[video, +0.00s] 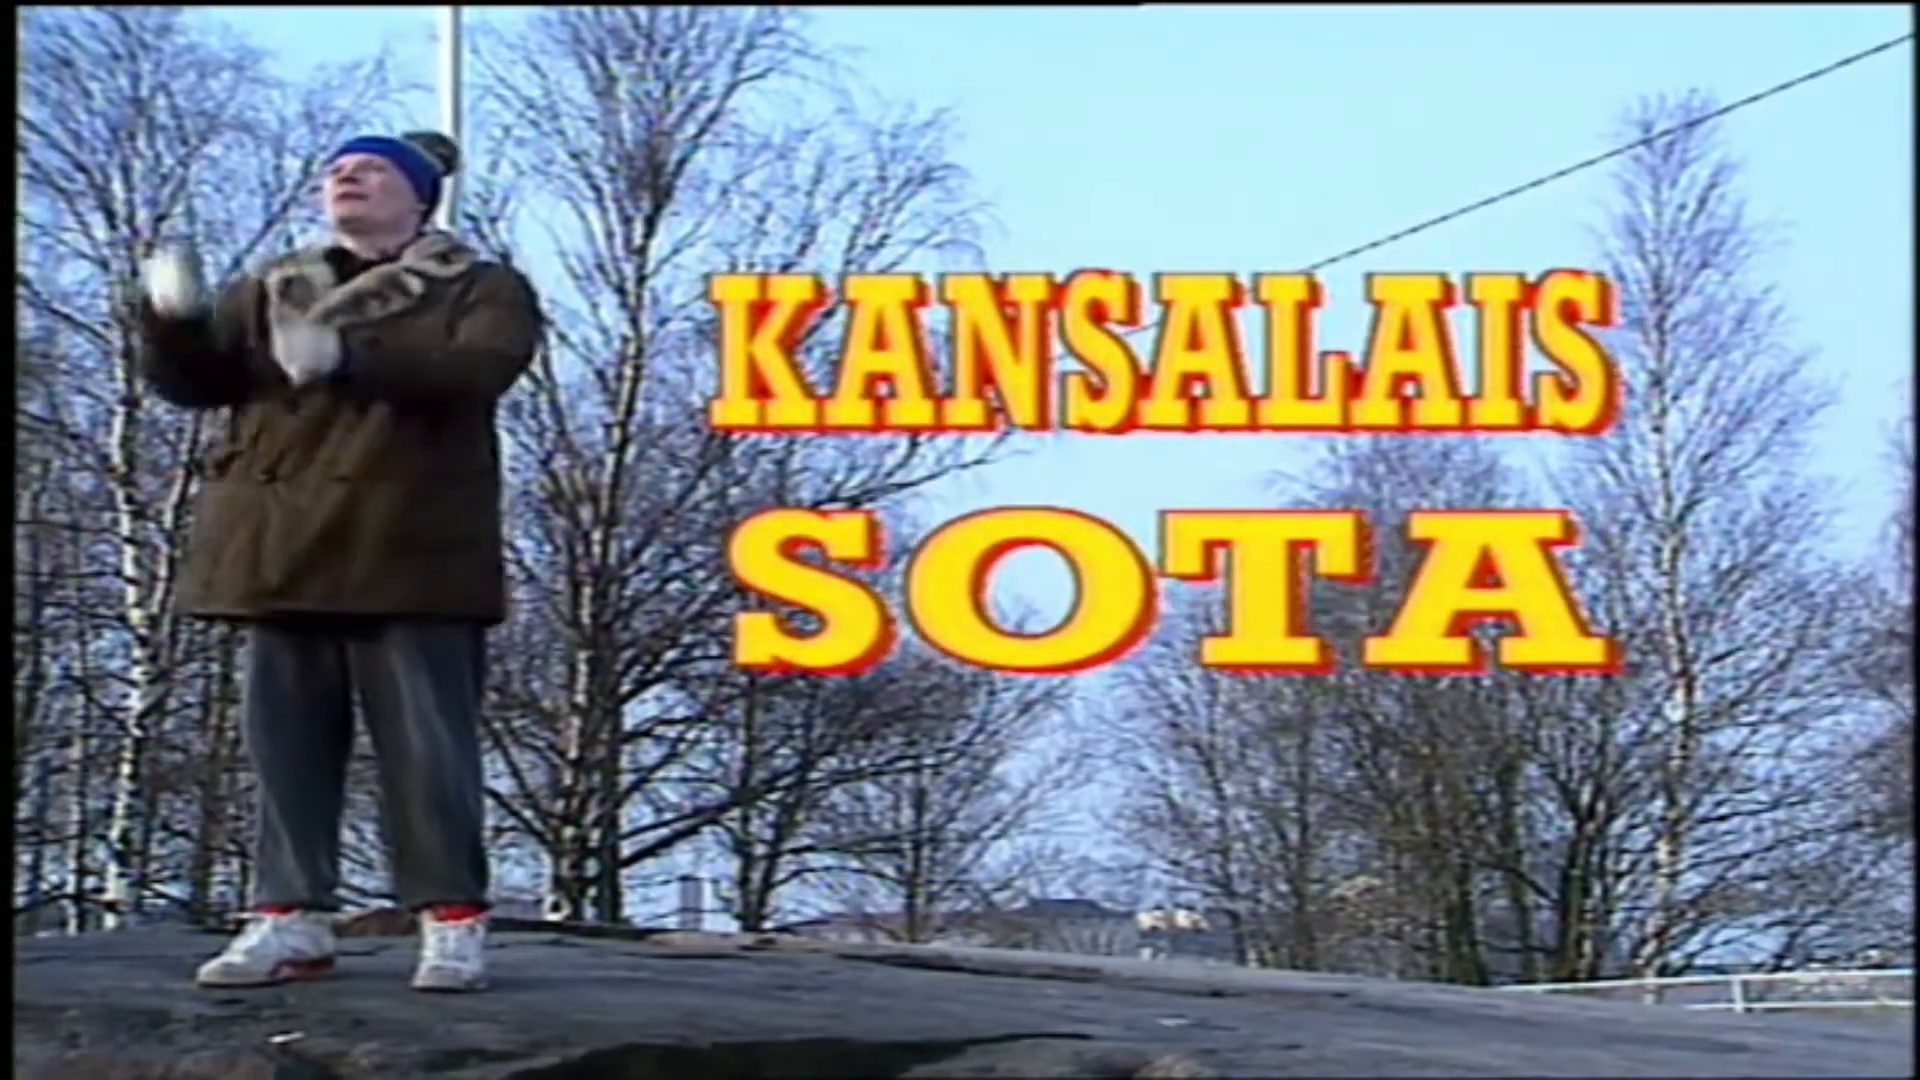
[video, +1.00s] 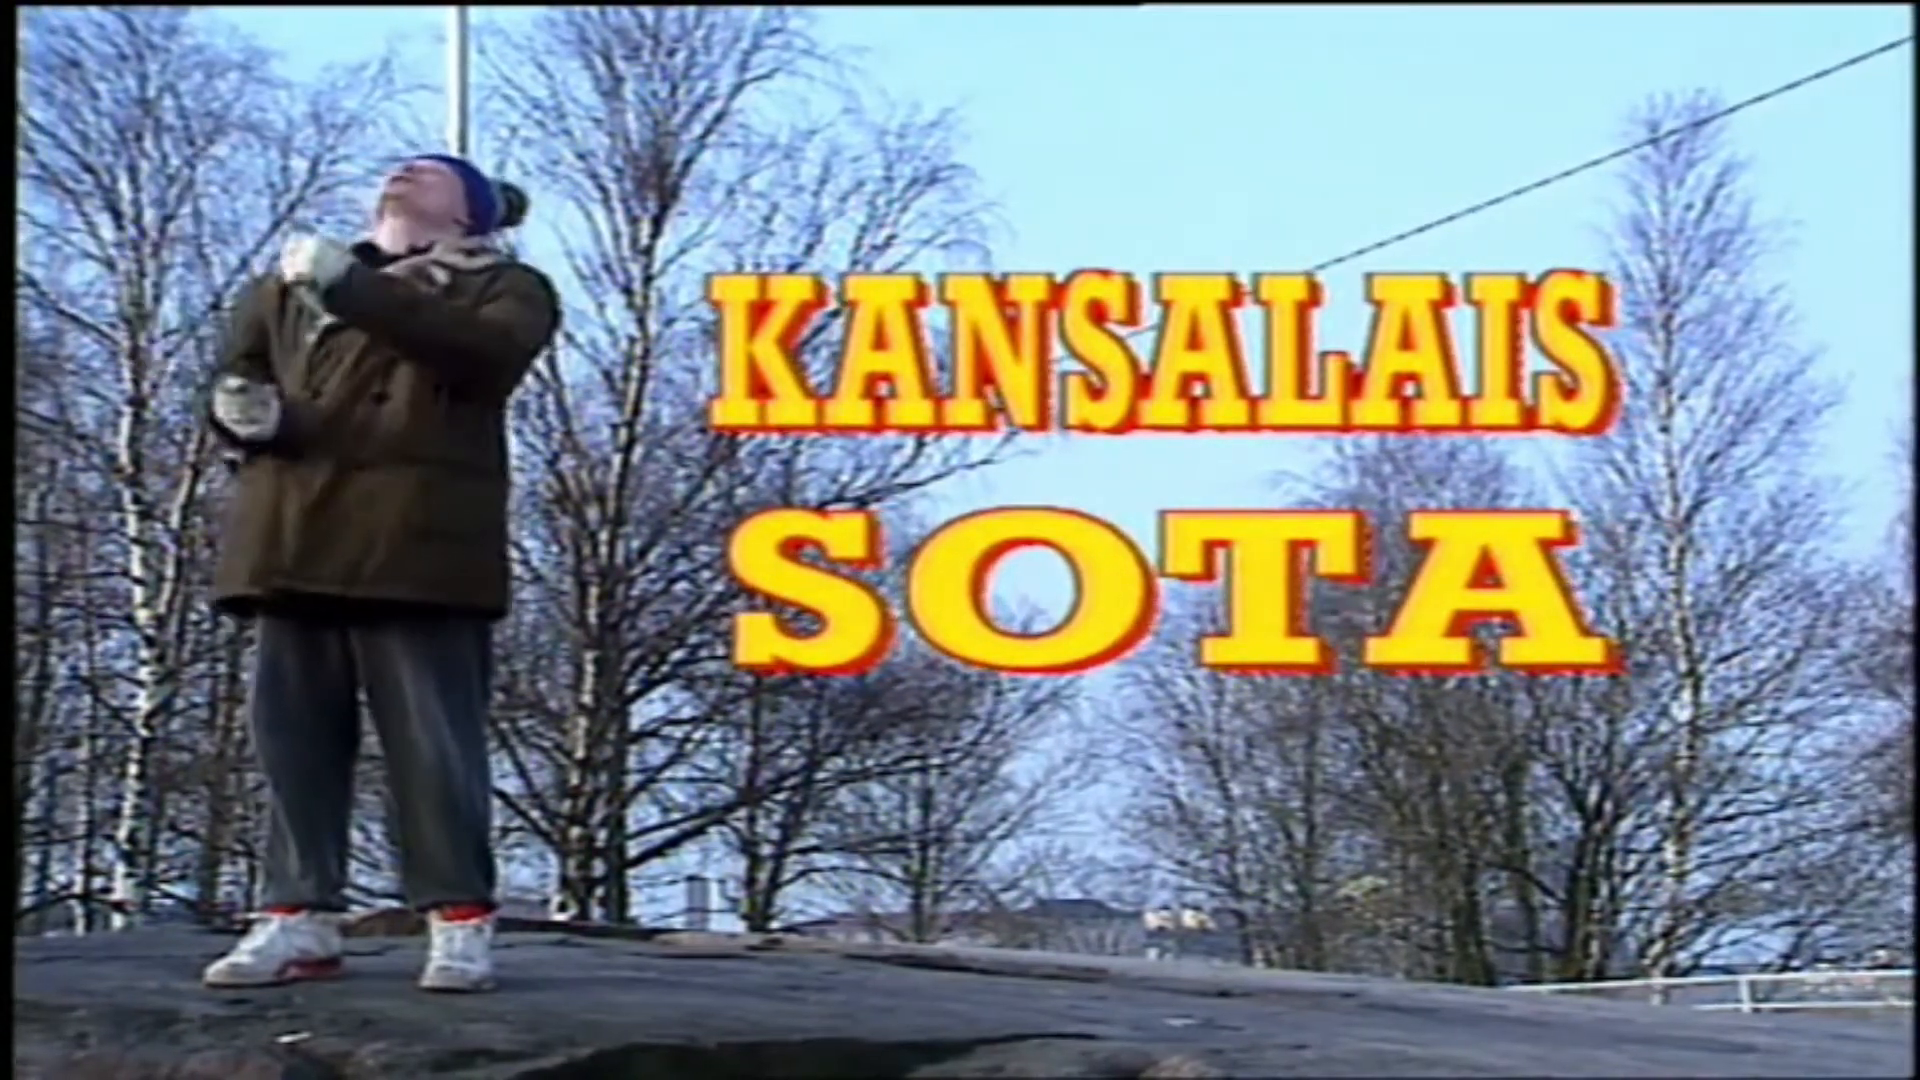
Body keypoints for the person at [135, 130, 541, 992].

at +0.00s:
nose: (345, 179)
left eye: (368, 169)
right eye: (335, 172)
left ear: (421, 197)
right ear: (322, 201)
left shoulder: (481, 285)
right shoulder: (281, 286)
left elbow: (472, 367)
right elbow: (198, 376)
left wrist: (343, 351)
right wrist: (170, 321)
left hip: (417, 558)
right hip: (285, 556)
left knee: (427, 745)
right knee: (286, 743)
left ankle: (452, 919)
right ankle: (293, 918)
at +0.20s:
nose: (356, 171)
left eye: (382, 164)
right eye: (344, 166)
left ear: (429, 201)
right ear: (322, 197)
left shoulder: (468, 272)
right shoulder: (267, 288)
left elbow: (497, 312)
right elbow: (205, 383)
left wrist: (348, 252)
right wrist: (223, 409)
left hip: (421, 549)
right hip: (288, 555)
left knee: (429, 742)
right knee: (284, 741)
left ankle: (453, 920)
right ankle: (297, 918)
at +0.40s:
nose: (360, 173)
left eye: (386, 165)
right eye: (352, 169)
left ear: (440, 203)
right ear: (336, 206)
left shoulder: (485, 276)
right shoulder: (278, 286)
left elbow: (482, 341)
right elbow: (197, 396)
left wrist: (350, 288)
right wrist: (195, 371)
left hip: (421, 553)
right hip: (290, 556)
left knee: (430, 743)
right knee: (289, 743)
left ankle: (456, 919)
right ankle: (300, 918)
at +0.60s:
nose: (367, 178)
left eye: (393, 169)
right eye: (362, 174)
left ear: (444, 208)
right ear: (347, 210)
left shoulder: (494, 282)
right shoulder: (292, 283)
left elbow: (490, 383)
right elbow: (165, 337)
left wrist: (379, 405)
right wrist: (163, 249)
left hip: (424, 561)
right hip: (294, 561)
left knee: (433, 742)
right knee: (293, 738)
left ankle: (458, 921)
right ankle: (302, 918)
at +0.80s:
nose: (383, 179)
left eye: (409, 172)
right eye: (381, 173)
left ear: (460, 212)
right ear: (365, 207)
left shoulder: (505, 285)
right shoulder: (304, 277)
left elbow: (485, 369)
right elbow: (191, 350)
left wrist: (351, 343)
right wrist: (178, 266)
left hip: (424, 555)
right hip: (296, 551)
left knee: (435, 739)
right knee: (294, 735)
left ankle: (459, 920)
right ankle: (300, 919)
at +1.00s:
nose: (398, 176)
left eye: (424, 172)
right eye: (395, 171)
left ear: (473, 216)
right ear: (376, 205)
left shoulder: (508, 286)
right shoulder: (302, 277)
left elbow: (486, 349)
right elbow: (235, 364)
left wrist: (351, 281)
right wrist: (236, 403)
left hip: (422, 556)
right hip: (295, 552)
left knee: (435, 742)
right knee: (294, 738)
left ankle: (459, 920)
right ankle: (304, 918)